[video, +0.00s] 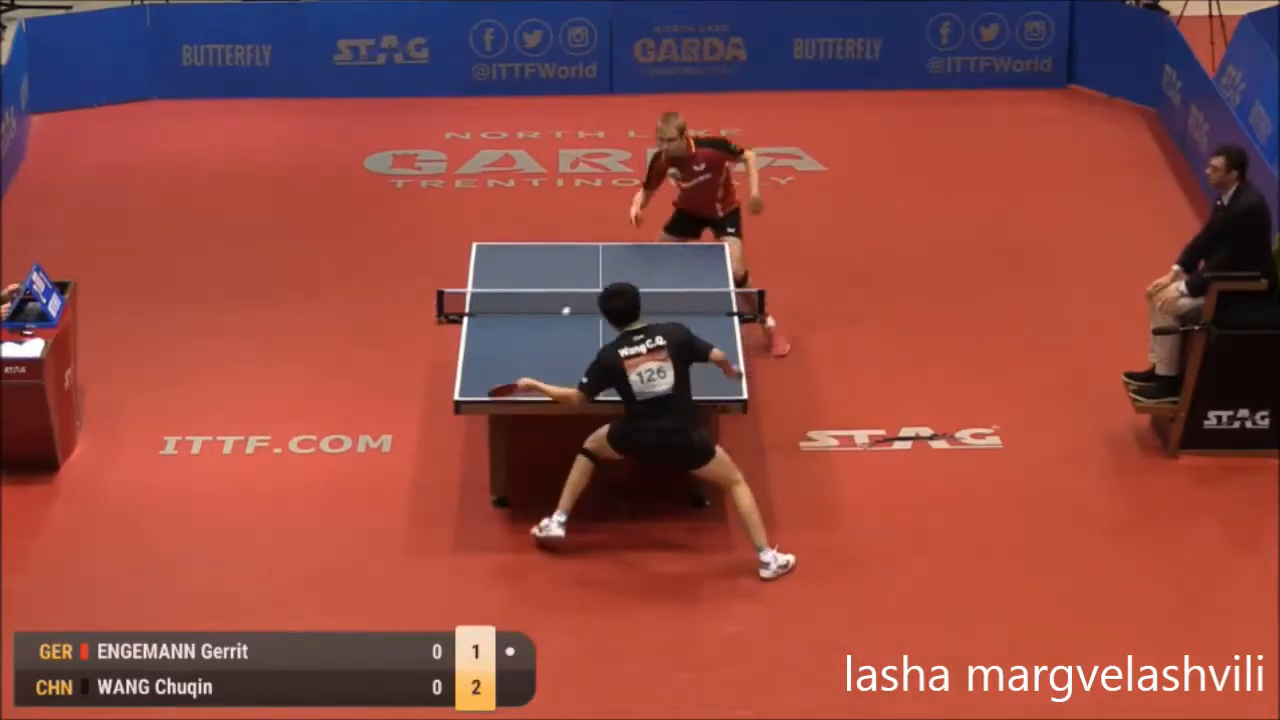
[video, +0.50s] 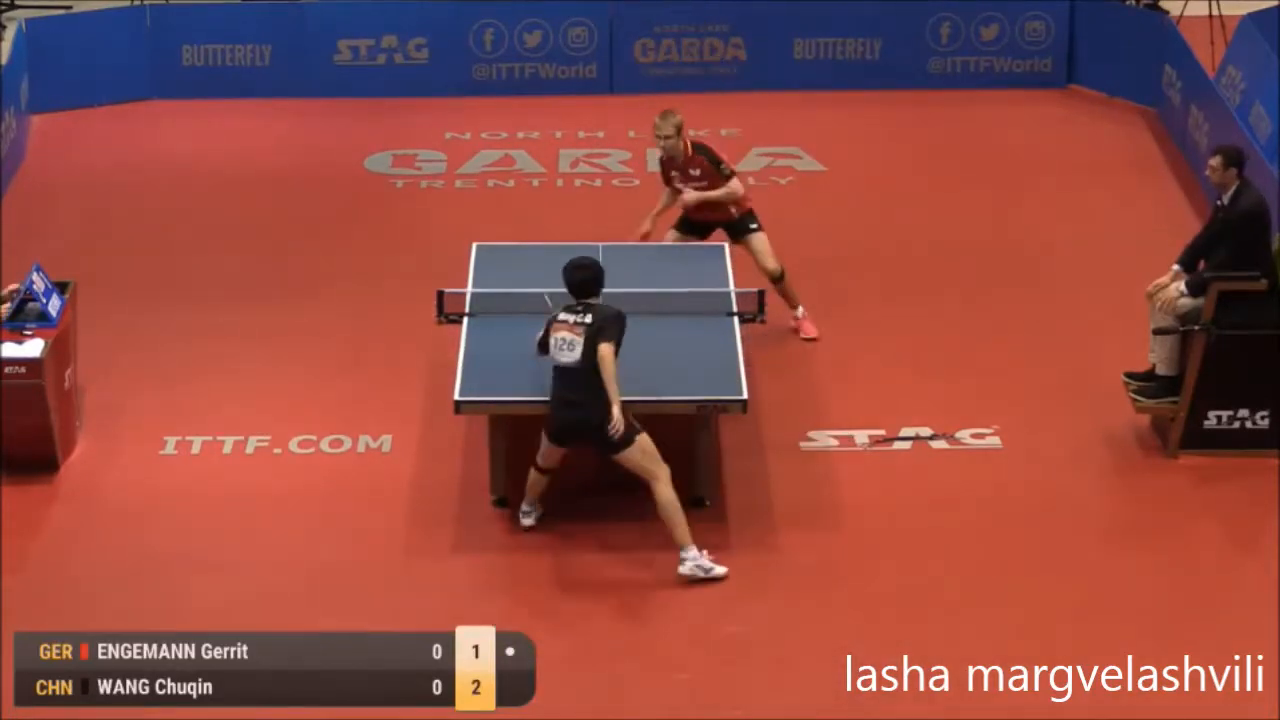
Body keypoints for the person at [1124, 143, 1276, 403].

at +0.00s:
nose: (1208, 173)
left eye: (1215, 168)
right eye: (1209, 167)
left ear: (1233, 174)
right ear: (1225, 174)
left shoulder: (1249, 206)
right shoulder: (1225, 201)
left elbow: (1229, 265)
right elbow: (1204, 241)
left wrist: (1183, 288)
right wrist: (1173, 274)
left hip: (1241, 292)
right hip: (1222, 281)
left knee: (1168, 307)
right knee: (1158, 297)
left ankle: (1168, 379)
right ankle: (1159, 370)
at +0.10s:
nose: (1208, 173)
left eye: (1214, 169)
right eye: (1209, 168)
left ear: (1233, 173)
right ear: (1225, 173)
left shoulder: (1249, 206)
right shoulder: (1226, 200)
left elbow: (1229, 265)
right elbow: (1204, 241)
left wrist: (1183, 288)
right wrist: (1173, 274)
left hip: (1241, 291)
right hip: (1222, 280)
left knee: (1168, 307)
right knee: (1158, 297)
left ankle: (1168, 379)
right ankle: (1159, 370)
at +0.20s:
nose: (1208, 174)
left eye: (1214, 169)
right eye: (1208, 168)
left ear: (1233, 173)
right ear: (1224, 173)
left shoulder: (1248, 206)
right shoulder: (1226, 200)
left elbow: (1229, 264)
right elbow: (1204, 240)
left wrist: (1184, 288)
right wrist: (1173, 274)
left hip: (1241, 292)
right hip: (1222, 280)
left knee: (1168, 307)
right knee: (1158, 296)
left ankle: (1168, 379)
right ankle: (1159, 370)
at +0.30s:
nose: (1208, 173)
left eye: (1214, 169)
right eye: (1208, 168)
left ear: (1232, 173)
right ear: (1224, 172)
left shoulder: (1249, 206)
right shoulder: (1226, 200)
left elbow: (1229, 265)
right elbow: (1204, 240)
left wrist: (1183, 288)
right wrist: (1173, 274)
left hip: (1241, 292)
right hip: (1223, 280)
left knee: (1168, 307)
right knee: (1158, 296)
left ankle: (1168, 379)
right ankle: (1159, 370)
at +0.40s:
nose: (1207, 173)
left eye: (1213, 169)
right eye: (1208, 168)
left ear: (1232, 172)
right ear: (1224, 172)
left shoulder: (1249, 206)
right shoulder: (1226, 200)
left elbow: (1229, 265)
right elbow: (1204, 240)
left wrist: (1183, 288)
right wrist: (1173, 274)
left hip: (1241, 292)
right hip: (1223, 280)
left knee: (1168, 307)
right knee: (1158, 297)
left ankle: (1168, 379)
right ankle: (1159, 370)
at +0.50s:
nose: (1207, 173)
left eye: (1213, 169)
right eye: (1208, 168)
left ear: (1232, 172)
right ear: (1225, 172)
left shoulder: (1249, 206)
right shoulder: (1226, 199)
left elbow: (1229, 265)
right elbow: (1204, 240)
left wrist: (1183, 288)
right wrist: (1173, 274)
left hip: (1241, 292)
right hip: (1223, 280)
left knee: (1168, 307)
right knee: (1158, 297)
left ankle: (1168, 379)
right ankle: (1159, 370)